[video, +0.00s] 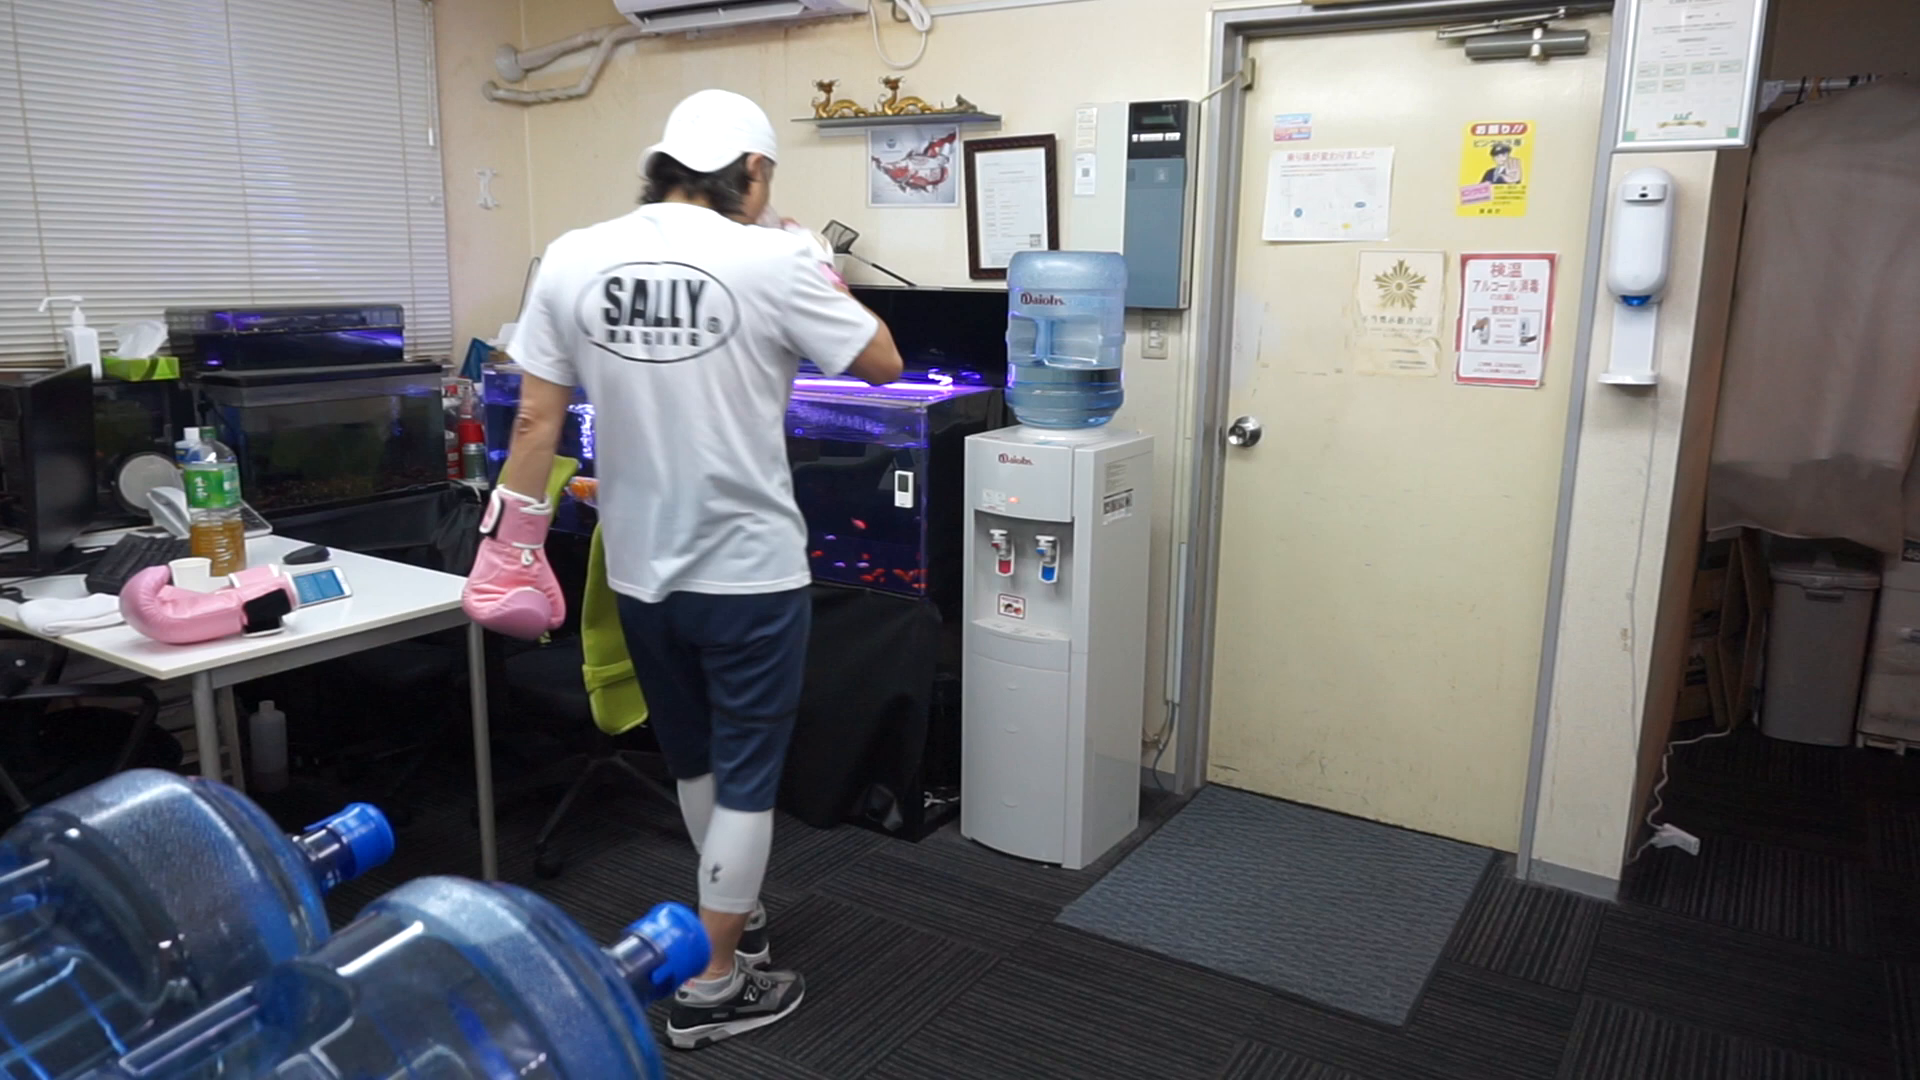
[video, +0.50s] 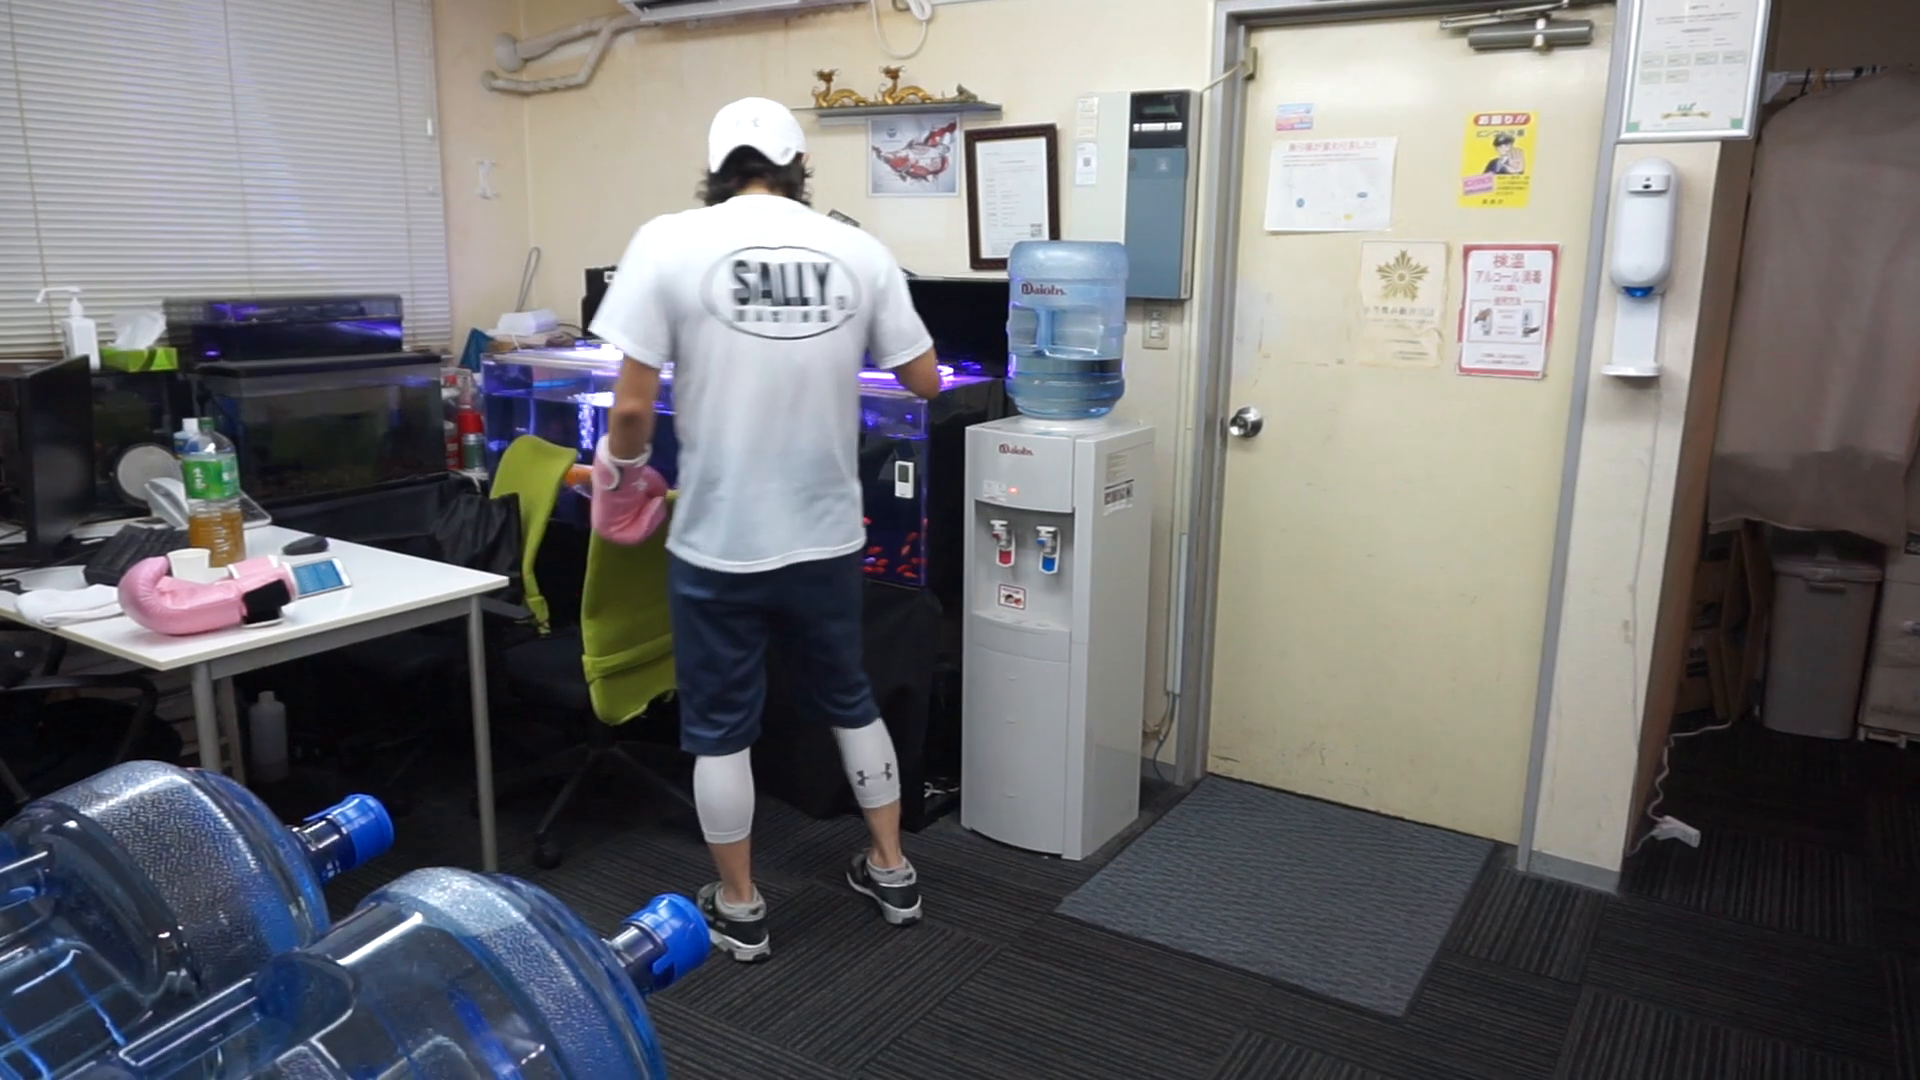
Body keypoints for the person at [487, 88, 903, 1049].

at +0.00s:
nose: (769, 194)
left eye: (770, 181)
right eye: (768, 179)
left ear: (662, 169)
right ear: (749, 173)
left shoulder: (571, 260)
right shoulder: (769, 263)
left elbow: (539, 423)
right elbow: (882, 364)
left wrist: (508, 548)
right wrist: (811, 265)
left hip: (638, 567)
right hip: (748, 565)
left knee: (691, 755)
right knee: (747, 770)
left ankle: (733, 912)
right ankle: (712, 985)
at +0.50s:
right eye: (800, 167)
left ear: (715, 170)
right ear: (799, 169)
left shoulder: (668, 245)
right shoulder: (858, 249)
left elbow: (633, 405)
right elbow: (924, 378)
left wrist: (619, 475)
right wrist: (865, 342)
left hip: (718, 538)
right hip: (826, 531)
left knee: (721, 727)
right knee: (850, 698)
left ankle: (740, 907)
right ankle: (894, 869)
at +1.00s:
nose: (770, 186)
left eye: (770, 176)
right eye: (775, 175)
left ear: (778, 170)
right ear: (853, 165)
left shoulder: (777, 215)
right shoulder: (917, 244)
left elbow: (761, 357)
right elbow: (957, 377)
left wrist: (723, 479)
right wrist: (881, 368)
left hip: (792, 517)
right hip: (885, 519)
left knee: (760, 707)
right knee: (882, 688)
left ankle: (751, 897)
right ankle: (895, 864)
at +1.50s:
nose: (671, 185)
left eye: (673, 166)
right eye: (669, 168)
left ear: (707, 154)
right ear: (752, 154)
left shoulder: (725, 226)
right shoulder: (840, 230)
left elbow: (726, 384)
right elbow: (903, 358)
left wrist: (674, 503)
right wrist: (819, 389)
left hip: (745, 529)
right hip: (822, 526)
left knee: (729, 725)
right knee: (834, 690)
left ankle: (755, 912)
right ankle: (891, 857)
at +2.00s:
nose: (493, 198)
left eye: (494, 175)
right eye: (485, 181)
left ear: (537, 154)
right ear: (554, 156)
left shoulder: (609, 241)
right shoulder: (649, 227)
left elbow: (613, 418)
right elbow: (716, 356)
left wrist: (563, 552)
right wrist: (647, 451)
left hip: (648, 557)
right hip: (623, 552)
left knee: (698, 745)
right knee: (550, 724)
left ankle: (756, 911)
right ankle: (496, 903)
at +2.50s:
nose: (241, 176)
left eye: (248, 150)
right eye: (231, 157)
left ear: (318, 125)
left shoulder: (450, 217)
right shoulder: (315, 244)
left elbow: (529, 373)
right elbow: (315, 387)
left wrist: (542, 512)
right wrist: (256, 497)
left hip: (426, 574)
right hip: (347, 577)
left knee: (339, 809)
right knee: (419, 793)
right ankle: (459, 973)